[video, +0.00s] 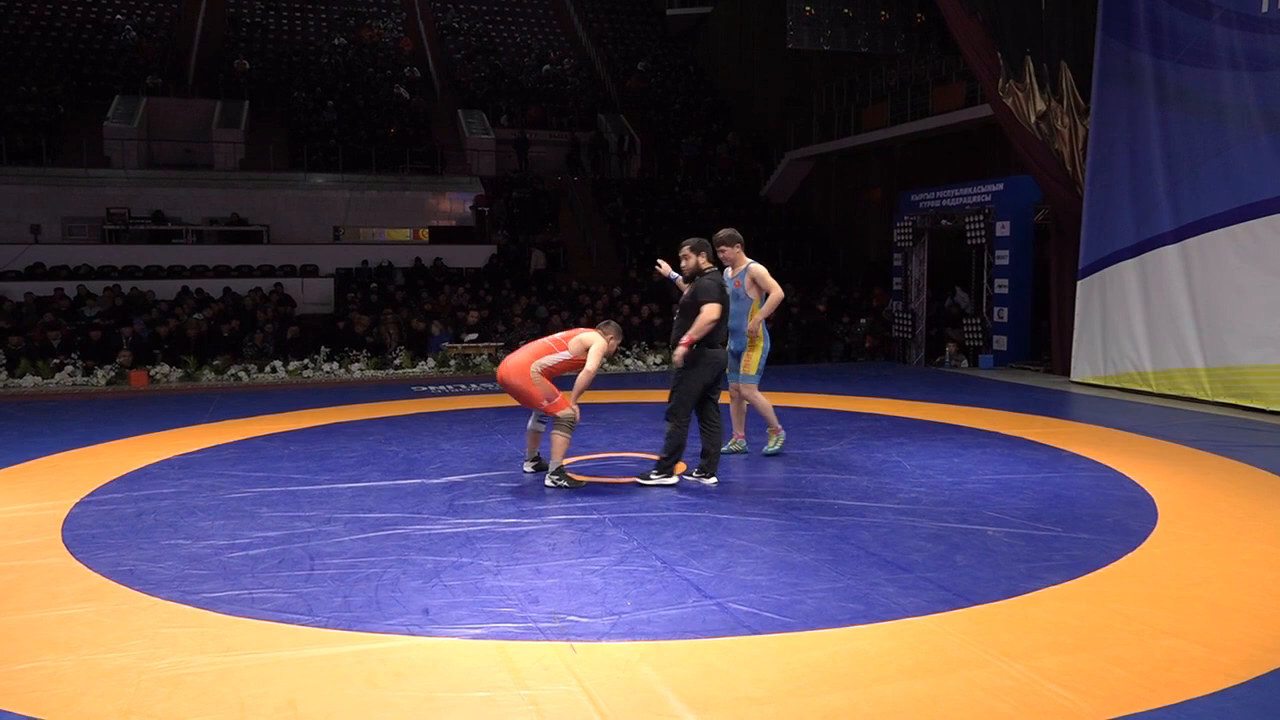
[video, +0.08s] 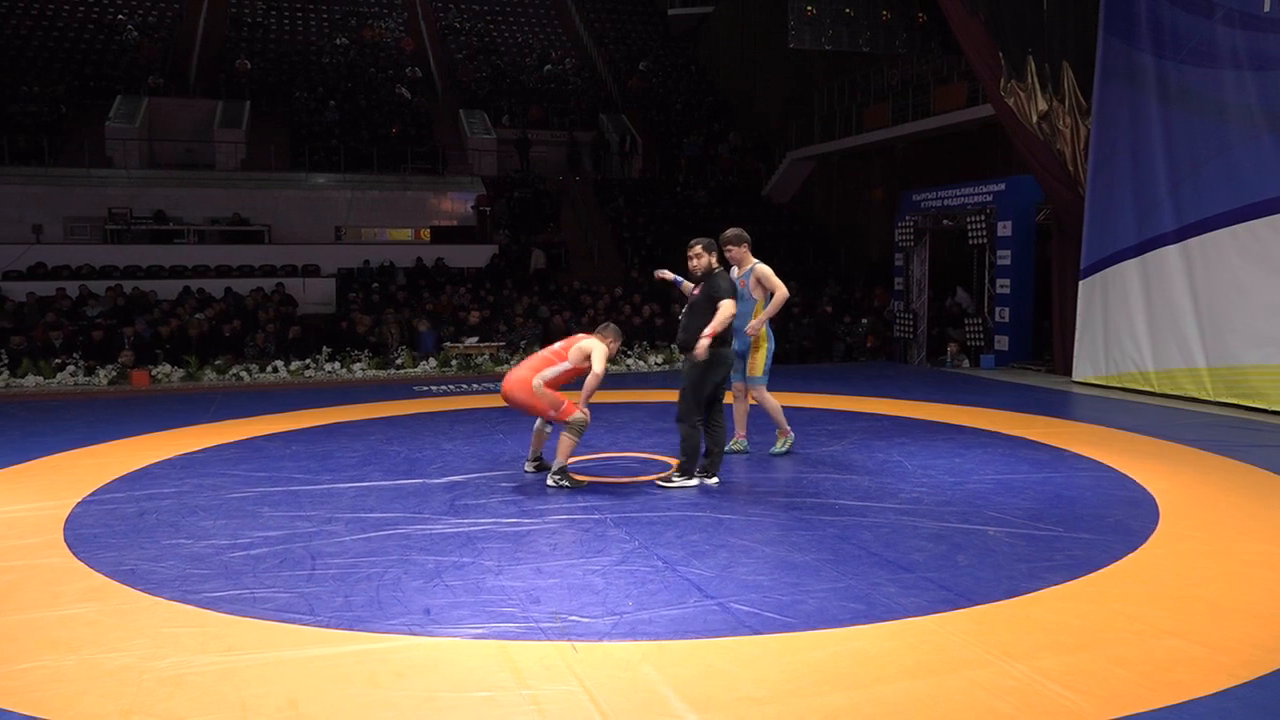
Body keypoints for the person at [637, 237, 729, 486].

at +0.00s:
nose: (682, 263)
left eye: (686, 258)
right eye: (681, 259)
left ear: (702, 257)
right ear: (701, 259)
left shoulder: (707, 282)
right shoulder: (710, 279)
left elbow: (711, 315)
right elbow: (692, 295)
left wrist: (685, 343)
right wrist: (672, 276)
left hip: (700, 355)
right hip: (713, 354)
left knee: (677, 411)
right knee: (708, 413)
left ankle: (665, 469)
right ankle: (707, 470)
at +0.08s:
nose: (693, 262)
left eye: (698, 257)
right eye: (690, 258)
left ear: (713, 257)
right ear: (691, 260)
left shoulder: (719, 279)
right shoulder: (707, 280)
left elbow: (728, 309)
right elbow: (695, 293)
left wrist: (705, 337)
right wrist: (674, 278)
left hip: (707, 356)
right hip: (714, 355)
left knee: (688, 412)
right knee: (712, 415)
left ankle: (687, 471)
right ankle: (710, 470)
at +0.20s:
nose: (708, 262)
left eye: (713, 256)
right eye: (704, 258)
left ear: (726, 257)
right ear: (701, 261)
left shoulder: (732, 278)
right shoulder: (711, 284)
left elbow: (748, 293)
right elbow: (705, 303)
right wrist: (687, 296)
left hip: (721, 354)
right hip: (708, 354)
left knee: (707, 411)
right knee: (713, 412)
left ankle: (722, 469)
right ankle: (713, 464)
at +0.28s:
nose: (717, 262)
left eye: (722, 257)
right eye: (712, 258)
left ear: (733, 258)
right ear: (707, 262)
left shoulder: (739, 279)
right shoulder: (714, 285)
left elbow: (752, 286)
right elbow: (712, 312)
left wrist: (763, 287)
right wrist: (697, 305)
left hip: (728, 354)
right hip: (713, 354)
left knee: (717, 412)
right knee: (716, 413)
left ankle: (749, 465)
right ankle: (713, 467)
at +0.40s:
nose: (730, 263)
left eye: (736, 257)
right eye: (726, 258)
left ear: (746, 259)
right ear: (720, 262)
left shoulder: (754, 280)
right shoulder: (723, 287)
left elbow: (775, 285)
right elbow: (708, 306)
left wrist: (785, 268)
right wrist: (704, 304)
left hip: (740, 357)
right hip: (722, 357)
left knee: (735, 415)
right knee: (721, 416)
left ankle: (782, 460)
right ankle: (714, 470)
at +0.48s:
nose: (740, 265)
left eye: (745, 259)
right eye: (735, 260)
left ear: (757, 259)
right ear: (730, 263)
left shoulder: (766, 282)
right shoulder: (734, 287)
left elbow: (788, 283)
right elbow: (719, 307)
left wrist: (795, 259)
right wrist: (714, 305)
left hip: (752, 360)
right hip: (734, 360)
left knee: (752, 421)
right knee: (728, 420)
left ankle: (795, 467)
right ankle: (714, 471)